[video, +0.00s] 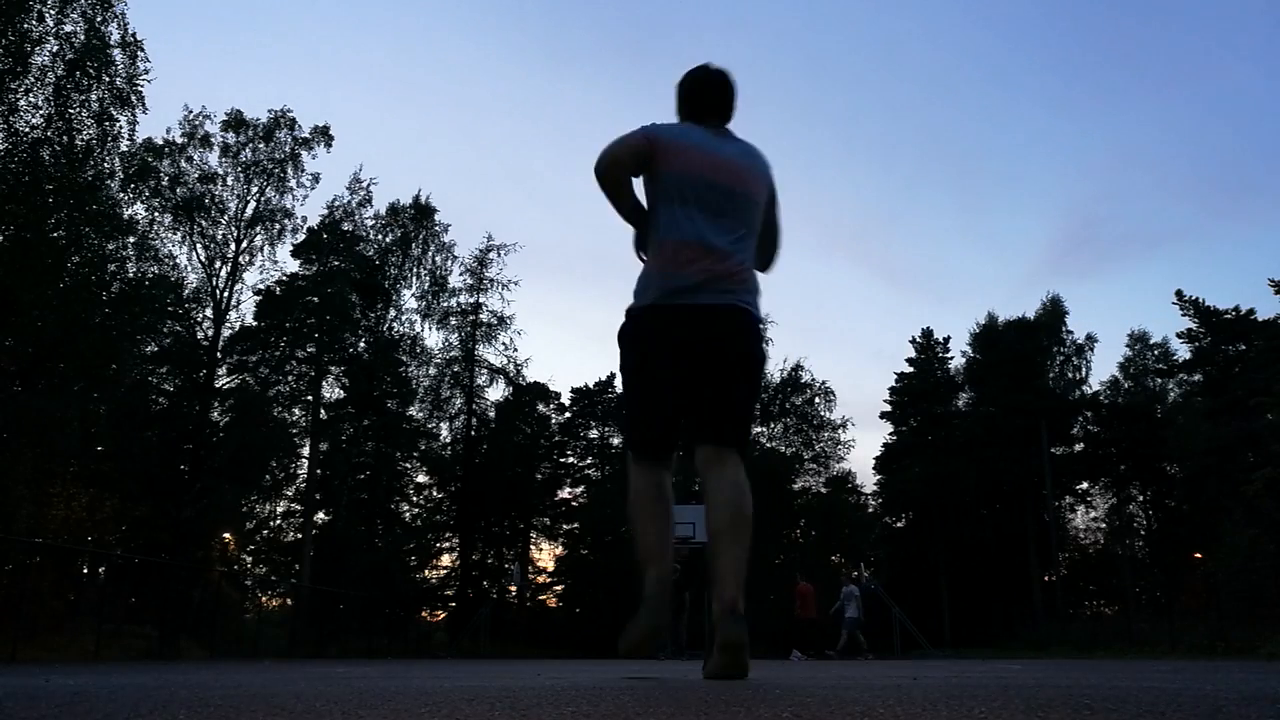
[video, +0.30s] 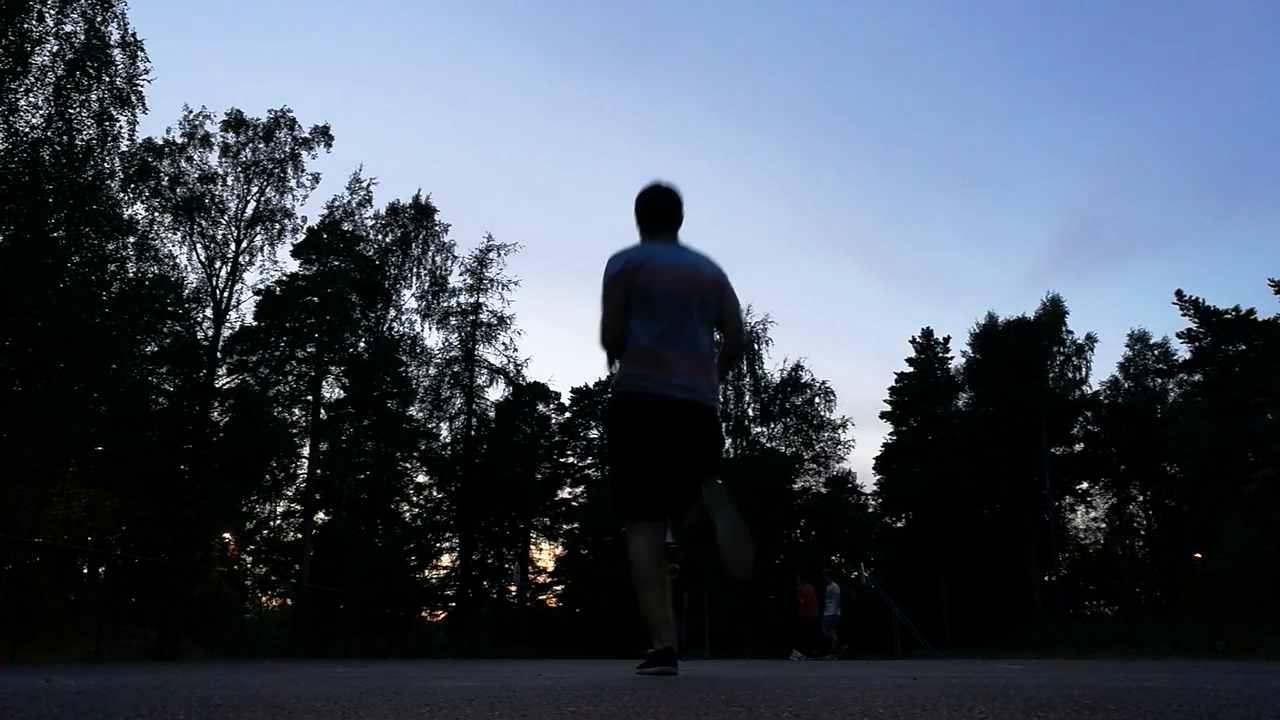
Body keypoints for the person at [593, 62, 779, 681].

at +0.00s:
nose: (693, 109)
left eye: (684, 101)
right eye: (712, 101)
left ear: (679, 104)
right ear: (732, 112)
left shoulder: (661, 135)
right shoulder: (756, 163)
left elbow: (608, 164)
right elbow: (766, 254)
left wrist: (640, 221)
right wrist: (709, 245)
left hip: (658, 321)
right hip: (733, 325)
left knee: (648, 460)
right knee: (724, 457)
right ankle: (729, 613)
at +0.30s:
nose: (652, 225)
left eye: (645, 216)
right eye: (663, 215)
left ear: (638, 220)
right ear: (680, 220)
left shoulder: (623, 264)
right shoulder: (709, 270)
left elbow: (611, 339)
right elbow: (737, 340)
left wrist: (631, 360)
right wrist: (708, 373)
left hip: (635, 409)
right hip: (696, 412)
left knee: (644, 524)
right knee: (701, 494)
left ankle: (663, 645)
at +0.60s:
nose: (655, 269)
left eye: (647, 262)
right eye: (664, 263)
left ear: (638, 264)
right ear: (675, 267)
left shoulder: (617, 299)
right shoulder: (693, 307)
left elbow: (584, 341)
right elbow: (731, 344)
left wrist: (622, 345)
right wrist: (706, 381)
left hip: (628, 424)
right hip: (679, 426)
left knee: (621, 518)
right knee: (669, 533)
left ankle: (641, 538)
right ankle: (660, 648)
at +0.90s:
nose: (614, 309)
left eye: (617, 302)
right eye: (615, 303)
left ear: (632, 302)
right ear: (650, 305)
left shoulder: (622, 327)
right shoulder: (671, 340)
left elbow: (612, 375)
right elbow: (669, 393)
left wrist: (607, 396)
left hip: (625, 449)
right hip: (667, 449)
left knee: (615, 539)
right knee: (660, 537)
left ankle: (622, 639)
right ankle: (659, 636)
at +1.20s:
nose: (604, 355)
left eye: (608, 349)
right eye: (604, 349)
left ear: (623, 351)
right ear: (634, 352)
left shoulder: (622, 380)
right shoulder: (649, 384)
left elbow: (618, 424)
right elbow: (672, 420)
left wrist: (598, 423)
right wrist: (638, 426)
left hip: (630, 482)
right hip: (653, 483)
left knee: (615, 560)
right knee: (630, 554)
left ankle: (637, 648)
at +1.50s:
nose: (620, 386)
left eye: (626, 380)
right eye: (618, 380)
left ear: (640, 384)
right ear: (616, 383)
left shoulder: (653, 413)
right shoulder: (620, 418)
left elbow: (663, 452)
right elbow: (617, 457)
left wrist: (627, 446)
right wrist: (596, 484)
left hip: (649, 499)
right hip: (625, 499)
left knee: (624, 557)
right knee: (623, 567)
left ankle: (662, 628)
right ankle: (635, 650)